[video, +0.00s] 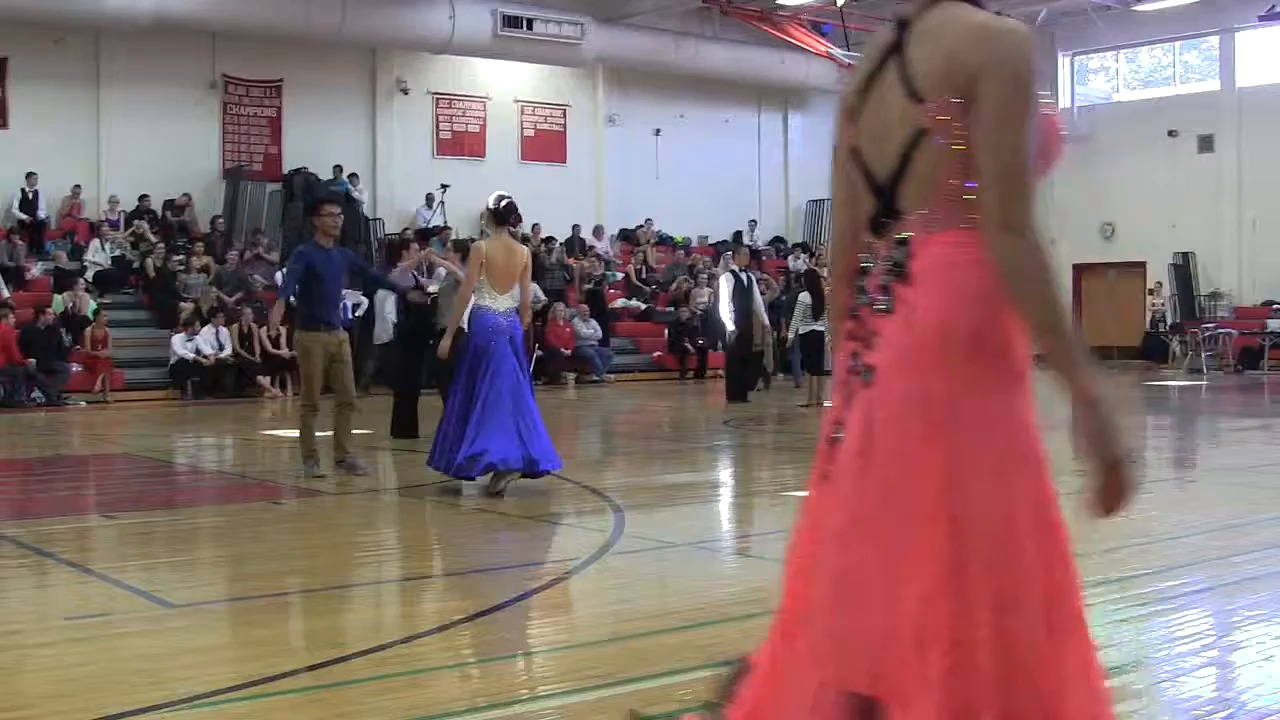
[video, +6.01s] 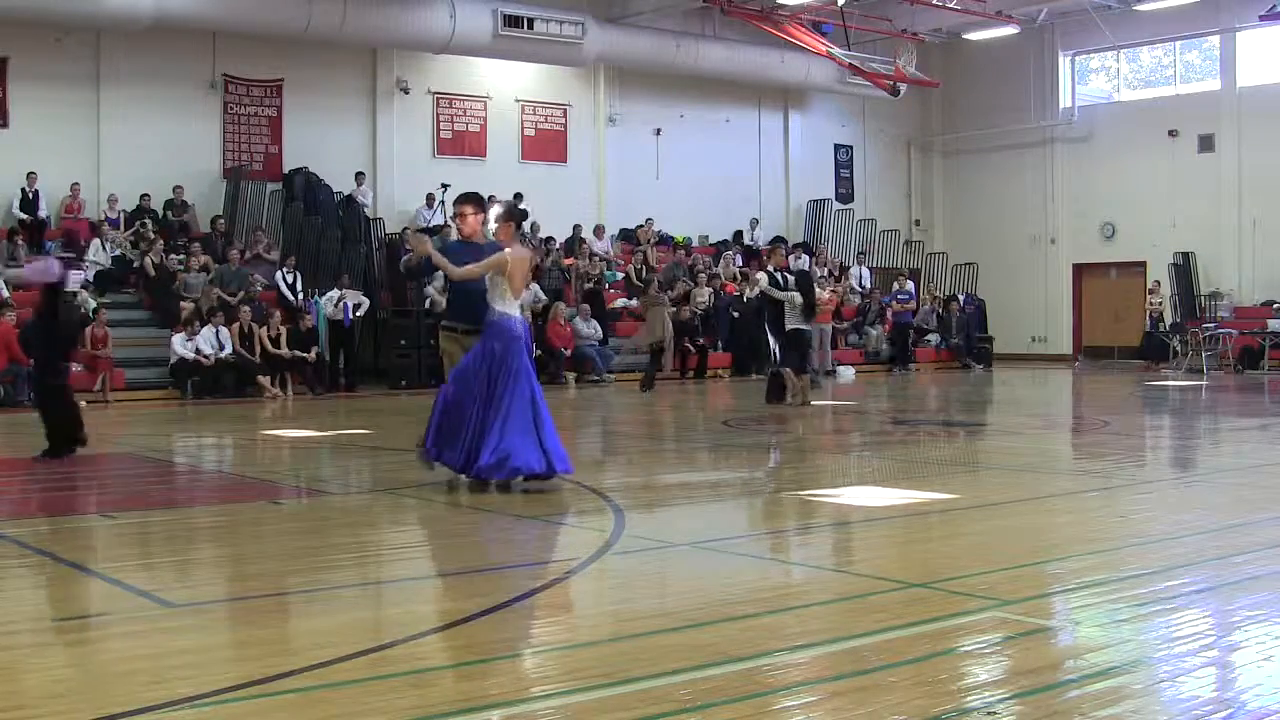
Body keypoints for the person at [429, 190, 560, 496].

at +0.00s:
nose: (482, 219)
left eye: (484, 215)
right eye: (486, 215)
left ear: (488, 218)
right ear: (511, 220)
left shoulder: (480, 248)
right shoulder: (523, 252)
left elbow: (467, 291)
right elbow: (525, 300)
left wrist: (450, 332)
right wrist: (522, 331)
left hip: (483, 325)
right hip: (511, 326)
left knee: (482, 391)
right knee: (505, 392)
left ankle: (498, 458)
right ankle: (503, 458)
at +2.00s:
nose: (516, 214)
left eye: (519, 210)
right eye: (518, 209)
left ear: (526, 214)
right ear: (544, 215)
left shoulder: (522, 250)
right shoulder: (552, 249)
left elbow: (502, 288)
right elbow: (538, 283)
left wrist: (488, 315)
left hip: (523, 325)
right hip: (546, 324)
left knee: (515, 394)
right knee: (547, 393)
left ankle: (511, 467)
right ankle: (550, 463)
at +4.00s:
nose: (490, 214)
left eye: (493, 209)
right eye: (492, 209)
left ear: (500, 216)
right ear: (517, 217)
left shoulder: (497, 248)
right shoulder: (523, 247)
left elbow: (459, 222)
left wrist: (441, 183)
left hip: (491, 323)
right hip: (512, 322)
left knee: (491, 393)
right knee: (507, 391)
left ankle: (494, 463)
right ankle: (505, 462)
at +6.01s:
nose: (494, 231)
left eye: (497, 225)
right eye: (495, 225)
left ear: (509, 227)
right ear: (514, 227)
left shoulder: (503, 257)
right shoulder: (528, 254)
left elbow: (457, 274)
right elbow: (520, 285)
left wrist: (430, 251)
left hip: (500, 330)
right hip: (518, 328)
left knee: (460, 381)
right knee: (512, 394)